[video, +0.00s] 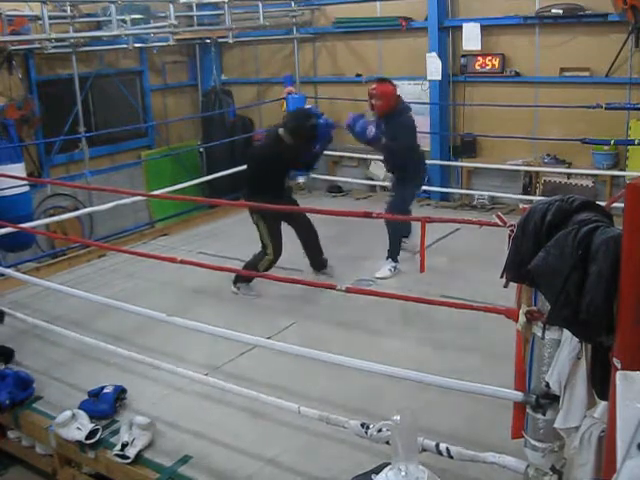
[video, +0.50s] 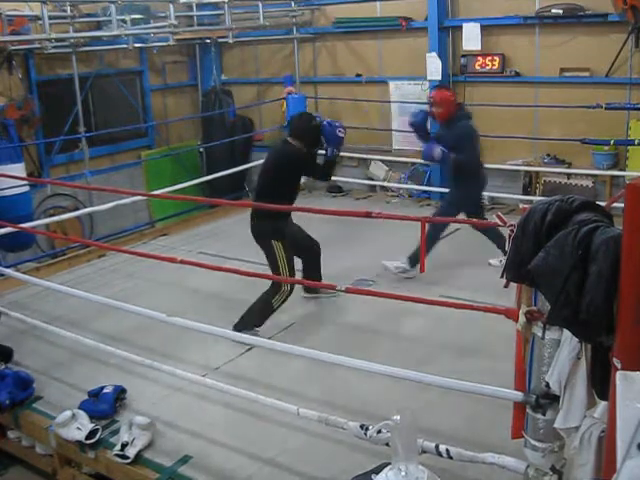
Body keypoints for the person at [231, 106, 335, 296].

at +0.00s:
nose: (305, 142)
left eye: (307, 139)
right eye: (303, 138)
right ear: (295, 133)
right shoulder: (271, 147)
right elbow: (305, 165)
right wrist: (322, 144)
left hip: (280, 196)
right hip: (260, 200)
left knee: (306, 229)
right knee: (272, 251)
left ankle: (320, 267)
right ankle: (241, 281)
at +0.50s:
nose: (319, 138)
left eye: (319, 133)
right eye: (317, 134)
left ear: (294, 132)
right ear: (308, 136)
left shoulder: (289, 149)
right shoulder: (293, 155)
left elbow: (319, 172)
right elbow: (324, 174)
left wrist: (330, 147)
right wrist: (333, 150)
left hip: (279, 220)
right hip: (269, 224)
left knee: (311, 248)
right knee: (284, 284)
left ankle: (313, 287)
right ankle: (242, 328)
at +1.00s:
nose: (366, 116)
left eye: (365, 112)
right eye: (363, 112)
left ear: (344, 116)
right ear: (352, 116)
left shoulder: (344, 137)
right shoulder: (333, 140)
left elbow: (346, 163)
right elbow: (350, 170)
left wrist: (362, 146)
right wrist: (373, 158)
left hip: (335, 201)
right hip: (316, 204)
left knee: (369, 230)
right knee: (309, 260)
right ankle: (277, 288)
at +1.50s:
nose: (436, 108)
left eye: (436, 104)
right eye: (432, 105)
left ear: (434, 104)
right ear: (419, 106)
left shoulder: (436, 118)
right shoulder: (404, 128)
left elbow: (458, 124)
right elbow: (412, 162)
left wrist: (474, 118)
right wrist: (438, 151)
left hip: (434, 178)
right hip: (413, 182)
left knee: (458, 216)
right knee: (421, 227)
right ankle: (395, 259)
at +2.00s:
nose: (431, 115)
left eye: (433, 111)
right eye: (427, 111)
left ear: (437, 109)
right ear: (417, 109)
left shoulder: (440, 124)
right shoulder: (405, 125)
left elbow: (447, 147)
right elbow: (414, 153)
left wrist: (453, 128)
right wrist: (426, 131)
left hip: (436, 179)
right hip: (413, 178)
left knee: (449, 215)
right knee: (397, 215)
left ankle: (467, 251)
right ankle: (377, 245)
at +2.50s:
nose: (479, 108)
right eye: (479, 105)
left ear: (458, 106)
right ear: (478, 107)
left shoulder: (447, 128)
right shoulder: (482, 133)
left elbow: (427, 126)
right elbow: (499, 161)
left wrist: (425, 110)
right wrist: (495, 143)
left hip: (454, 196)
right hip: (478, 197)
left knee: (444, 227)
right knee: (495, 245)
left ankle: (419, 266)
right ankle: (495, 295)